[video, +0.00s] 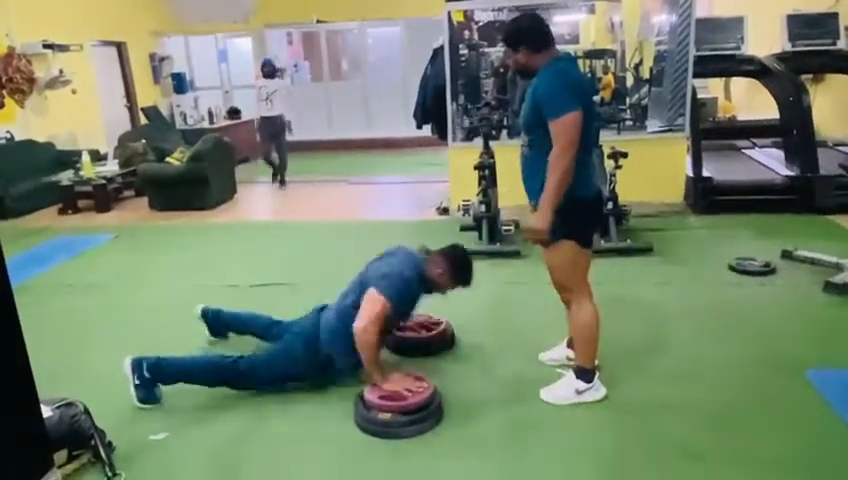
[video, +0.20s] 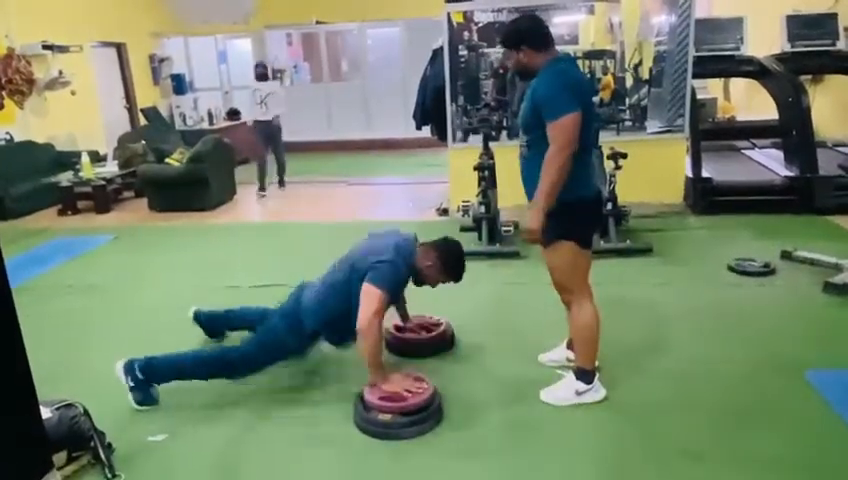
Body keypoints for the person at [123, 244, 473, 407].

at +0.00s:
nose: (447, 290)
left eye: (452, 287)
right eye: (449, 285)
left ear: (442, 259)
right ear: (441, 271)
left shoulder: (410, 258)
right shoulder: (401, 276)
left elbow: (372, 298)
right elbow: (365, 325)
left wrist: (398, 322)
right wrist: (380, 376)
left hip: (323, 320)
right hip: (319, 348)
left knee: (277, 329)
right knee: (241, 371)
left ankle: (218, 318)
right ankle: (148, 369)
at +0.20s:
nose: (437, 284)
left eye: (443, 281)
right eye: (440, 280)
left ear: (433, 252)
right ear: (432, 262)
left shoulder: (402, 243)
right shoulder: (388, 265)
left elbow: (395, 283)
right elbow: (369, 323)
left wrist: (403, 313)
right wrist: (380, 376)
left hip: (311, 295)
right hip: (305, 318)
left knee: (271, 321)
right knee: (236, 362)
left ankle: (212, 319)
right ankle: (142, 370)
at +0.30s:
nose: (434, 284)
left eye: (440, 282)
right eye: (437, 280)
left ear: (432, 252)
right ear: (430, 262)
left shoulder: (405, 240)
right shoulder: (390, 258)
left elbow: (397, 281)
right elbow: (371, 321)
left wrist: (405, 316)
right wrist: (377, 377)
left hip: (292, 261)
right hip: (283, 281)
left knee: (264, 306)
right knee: (239, 348)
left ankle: (218, 314)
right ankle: (147, 368)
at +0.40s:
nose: (416, 279)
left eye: (422, 277)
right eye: (419, 275)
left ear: (415, 248)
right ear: (411, 258)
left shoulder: (394, 238)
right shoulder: (376, 253)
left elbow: (393, 282)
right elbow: (364, 318)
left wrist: (404, 318)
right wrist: (378, 376)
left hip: (289, 231)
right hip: (267, 246)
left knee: (298, 283)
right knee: (263, 331)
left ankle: (242, 311)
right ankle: (181, 358)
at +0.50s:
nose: (396, 272)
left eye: (400, 269)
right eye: (397, 266)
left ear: (395, 242)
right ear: (389, 249)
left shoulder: (378, 236)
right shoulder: (356, 252)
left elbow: (387, 279)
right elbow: (356, 321)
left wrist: (404, 318)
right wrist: (377, 374)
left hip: (275, 219)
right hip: (248, 235)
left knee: (312, 267)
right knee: (289, 306)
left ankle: (285, 324)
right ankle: (234, 371)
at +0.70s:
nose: (376, 226)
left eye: (379, 219)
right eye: (373, 218)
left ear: (356, 205)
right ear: (354, 208)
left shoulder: (343, 219)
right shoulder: (326, 233)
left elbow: (377, 265)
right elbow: (351, 305)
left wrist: (408, 305)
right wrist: (383, 361)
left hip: (259, 247)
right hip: (233, 263)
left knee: (314, 282)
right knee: (295, 309)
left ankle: (297, 335)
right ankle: (263, 387)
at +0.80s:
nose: (365, 189)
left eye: (367, 182)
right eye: (361, 181)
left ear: (343, 174)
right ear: (343, 176)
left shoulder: (332, 192)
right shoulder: (310, 204)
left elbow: (354, 240)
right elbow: (330, 277)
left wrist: (382, 288)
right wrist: (363, 326)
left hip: (267, 245)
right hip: (235, 254)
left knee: (315, 281)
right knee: (291, 305)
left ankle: (298, 333)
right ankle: (264, 387)